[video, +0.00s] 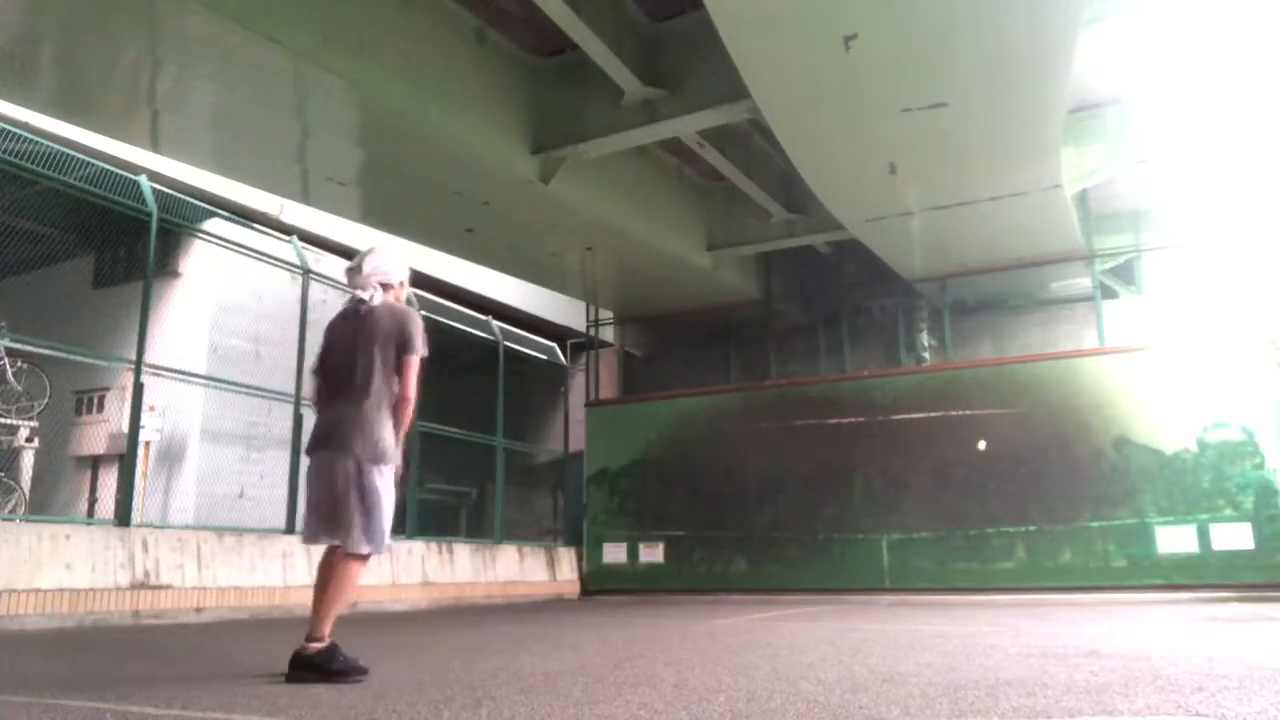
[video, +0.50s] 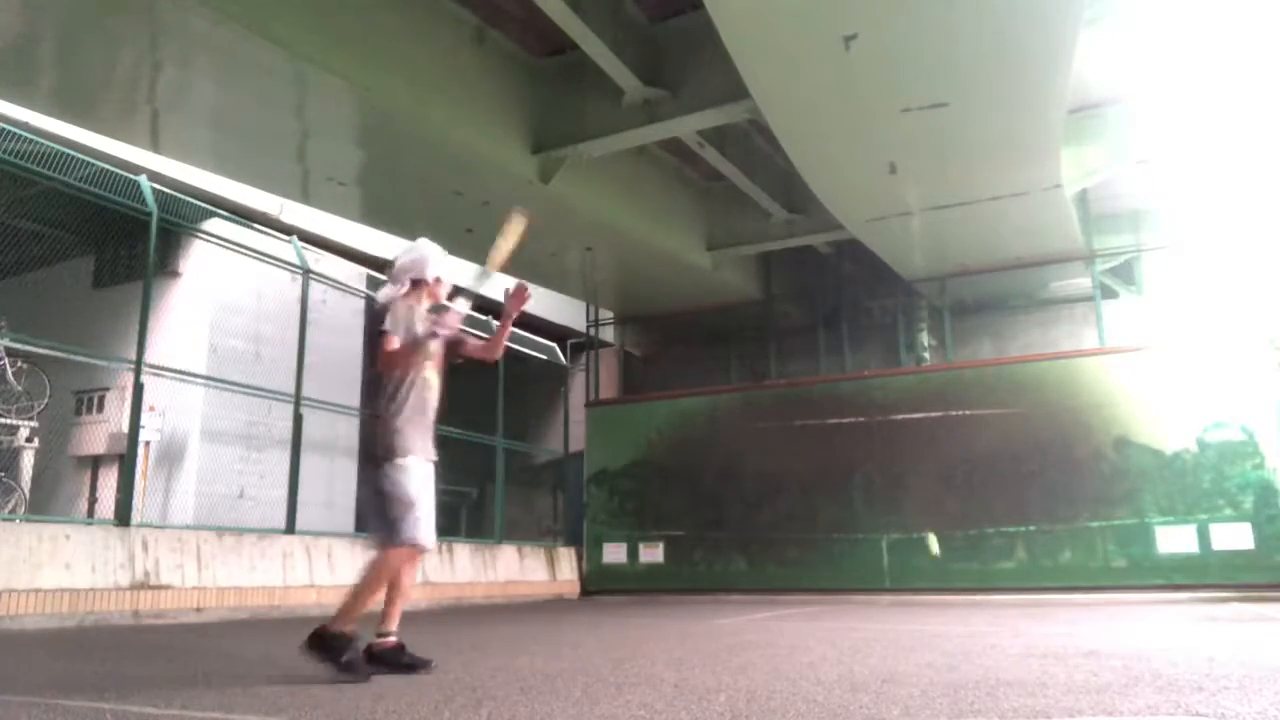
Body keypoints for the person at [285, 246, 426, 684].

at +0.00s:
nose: (408, 291)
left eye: (405, 285)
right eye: (406, 285)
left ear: (361, 284)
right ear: (394, 286)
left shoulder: (338, 323)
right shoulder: (405, 318)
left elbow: (319, 393)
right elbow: (406, 394)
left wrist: (341, 432)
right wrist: (395, 446)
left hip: (327, 444)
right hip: (369, 446)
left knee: (341, 543)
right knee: (359, 546)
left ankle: (316, 642)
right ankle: (317, 642)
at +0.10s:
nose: (409, 290)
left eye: (407, 282)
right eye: (407, 282)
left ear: (367, 280)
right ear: (394, 281)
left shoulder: (349, 315)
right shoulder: (393, 312)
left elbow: (352, 388)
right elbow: (399, 384)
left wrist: (397, 440)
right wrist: (415, 442)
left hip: (335, 440)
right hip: (363, 443)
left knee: (351, 544)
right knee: (354, 545)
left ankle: (329, 639)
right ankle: (314, 645)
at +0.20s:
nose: (413, 286)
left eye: (412, 278)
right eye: (410, 278)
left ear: (377, 277)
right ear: (396, 278)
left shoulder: (372, 309)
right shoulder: (384, 308)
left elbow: (401, 385)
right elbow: (400, 378)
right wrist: (447, 424)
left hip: (363, 446)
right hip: (354, 446)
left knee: (382, 537)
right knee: (346, 540)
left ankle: (355, 636)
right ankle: (309, 647)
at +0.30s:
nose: (421, 286)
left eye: (420, 278)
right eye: (417, 278)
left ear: (392, 279)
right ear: (401, 278)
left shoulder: (395, 320)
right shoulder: (378, 306)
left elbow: (438, 366)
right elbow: (403, 374)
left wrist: (497, 363)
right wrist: (471, 387)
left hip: (384, 455)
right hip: (355, 453)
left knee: (401, 540)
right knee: (338, 544)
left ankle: (381, 641)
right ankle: (309, 647)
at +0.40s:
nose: (432, 288)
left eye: (432, 280)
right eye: (428, 280)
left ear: (404, 281)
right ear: (409, 280)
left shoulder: (413, 323)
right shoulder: (385, 309)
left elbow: (459, 353)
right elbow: (400, 365)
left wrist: (509, 322)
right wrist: (458, 357)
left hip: (404, 454)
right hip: (370, 454)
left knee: (411, 544)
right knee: (359, 547)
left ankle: (385, 642)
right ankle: (313, 645)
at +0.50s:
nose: (447, 287)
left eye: (447, 280)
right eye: (443, 279)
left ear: (423, 280)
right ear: (426, 279)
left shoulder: (436, 320)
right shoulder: (395, 308)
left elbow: (489, 351)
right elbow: (389, 361)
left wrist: (509, 314)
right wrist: (434, 332)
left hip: (417, 447)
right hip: (395, 445)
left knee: (412, 545)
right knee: (406, 542)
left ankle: (386, 641)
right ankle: (335, 632)